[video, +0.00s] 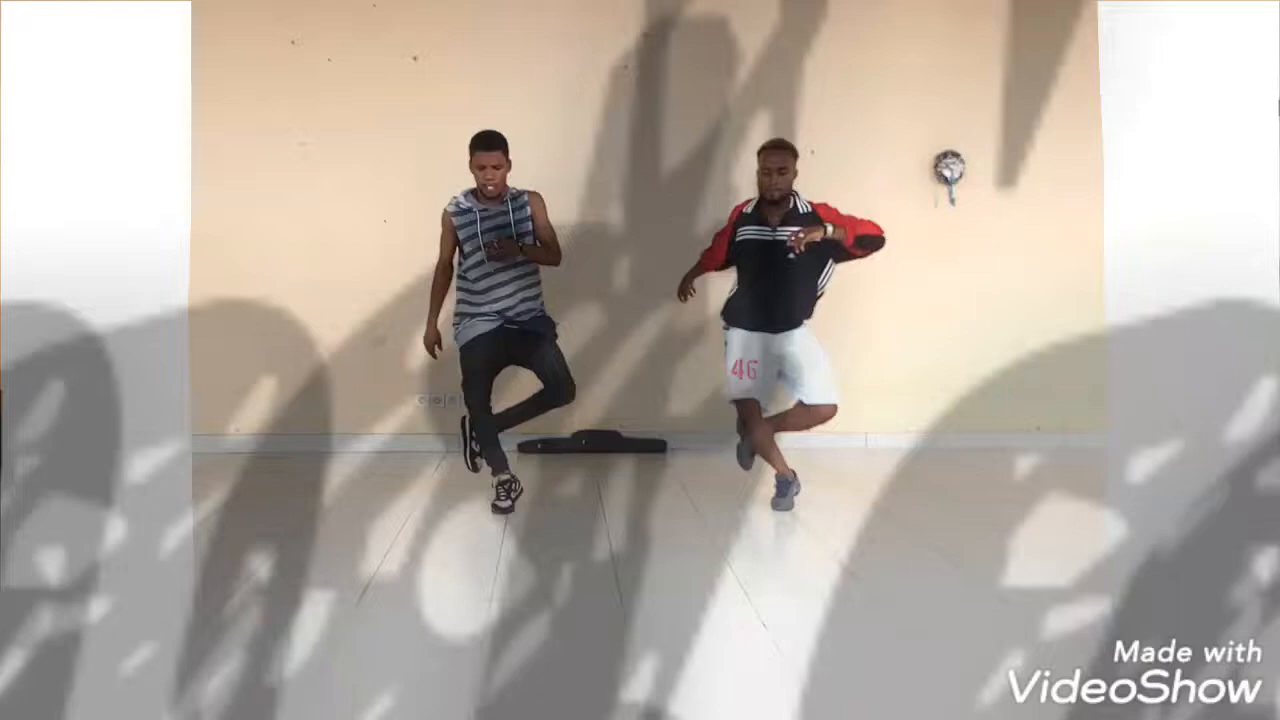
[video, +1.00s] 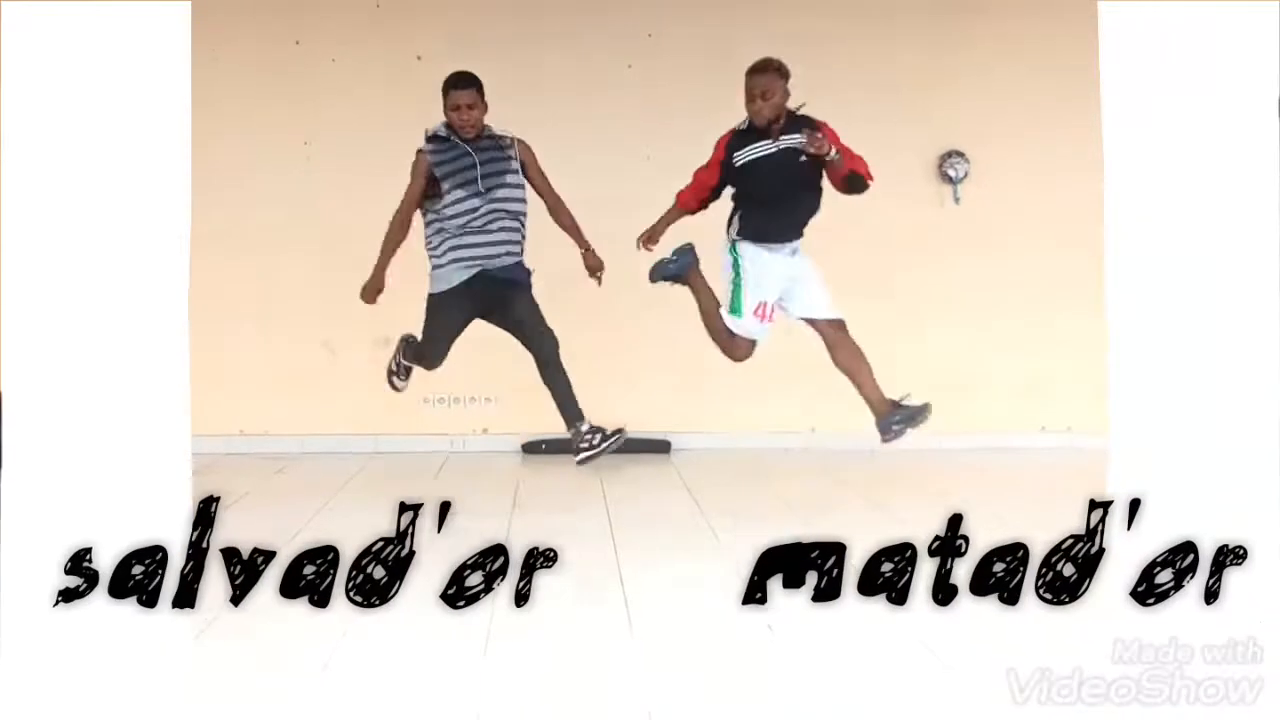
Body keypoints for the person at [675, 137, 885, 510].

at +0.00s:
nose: (772, 179)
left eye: (781, 171)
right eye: (765, 171)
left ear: (795, 174)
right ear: (757, 174)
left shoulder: (817, 217)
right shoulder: (742, 217)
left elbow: (875, 238)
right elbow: (719, 253)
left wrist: (827, 232)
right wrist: (692, 274)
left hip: (793, 330)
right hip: (745, 329)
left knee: (822, 407)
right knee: (749, 414)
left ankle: (756, 430)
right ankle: (785, 476)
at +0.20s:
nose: (770, 173)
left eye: (777, 166)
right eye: (763, 166)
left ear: (791, 167)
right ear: (753, 167)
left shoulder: (808, 211)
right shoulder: (739, 210)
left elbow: (832, 262)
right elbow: (729, 265)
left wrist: (817, 304)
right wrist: (726, 311)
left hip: (792, 315)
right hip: (746, 314)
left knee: (791, 397)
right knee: (748, 394)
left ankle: (782, 479)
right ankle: (757, 471)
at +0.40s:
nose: (770, 175)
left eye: (778, 168)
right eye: (763, 168)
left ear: (792, 171)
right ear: (754, 171)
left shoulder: (815, 220)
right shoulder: (738, 217)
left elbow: (845, 271)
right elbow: (729, 266)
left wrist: (821, 300)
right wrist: (716, 306)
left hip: (796, 325)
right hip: (750, 323)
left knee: (797, 396)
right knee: (748, 400)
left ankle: (786, 462)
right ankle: (737, 491)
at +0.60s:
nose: (775, 164)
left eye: (784, 157)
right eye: (770, 155)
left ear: (801, 159)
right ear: (762, 156)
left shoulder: (819, 204)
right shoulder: (740, 190)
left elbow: (828, 250)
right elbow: (710, 241)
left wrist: (825, 291)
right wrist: (719, 211)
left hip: (790, 306)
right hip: (743, 306)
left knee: (821, 371)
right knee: (750, 397)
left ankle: (787, 440)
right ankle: (742, 473)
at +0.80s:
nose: (772, 155)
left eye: (781, 149)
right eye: (767, 148)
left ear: (801, 153)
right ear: (760, 152)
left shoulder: (818, 197)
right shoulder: (743, 193)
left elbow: (847, 258)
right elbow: (717, 250)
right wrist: (746, 261)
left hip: (794, 311)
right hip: (746, 312)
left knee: (808, 393)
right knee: (745, 398)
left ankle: (800, 485)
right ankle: (744, 480)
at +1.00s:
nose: (756, 107)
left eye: (766, 98)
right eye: (750, 98)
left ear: (786, 94)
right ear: (744, 96)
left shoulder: (811, 132)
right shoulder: (734, 144)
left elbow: (859, 183)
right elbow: (702, 189)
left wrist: (830, 158)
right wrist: (661, 223)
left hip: (790, 253)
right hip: (750, 253)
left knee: (833, 327)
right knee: (738, 348)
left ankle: (885, 413)